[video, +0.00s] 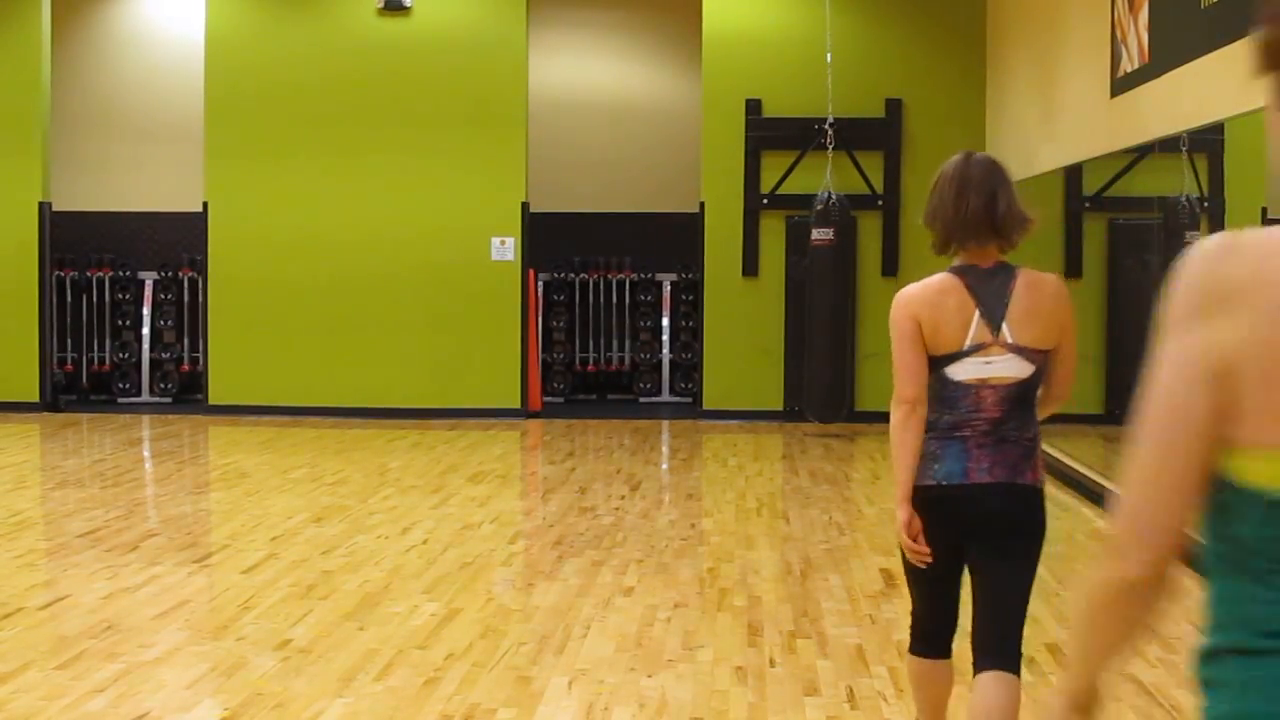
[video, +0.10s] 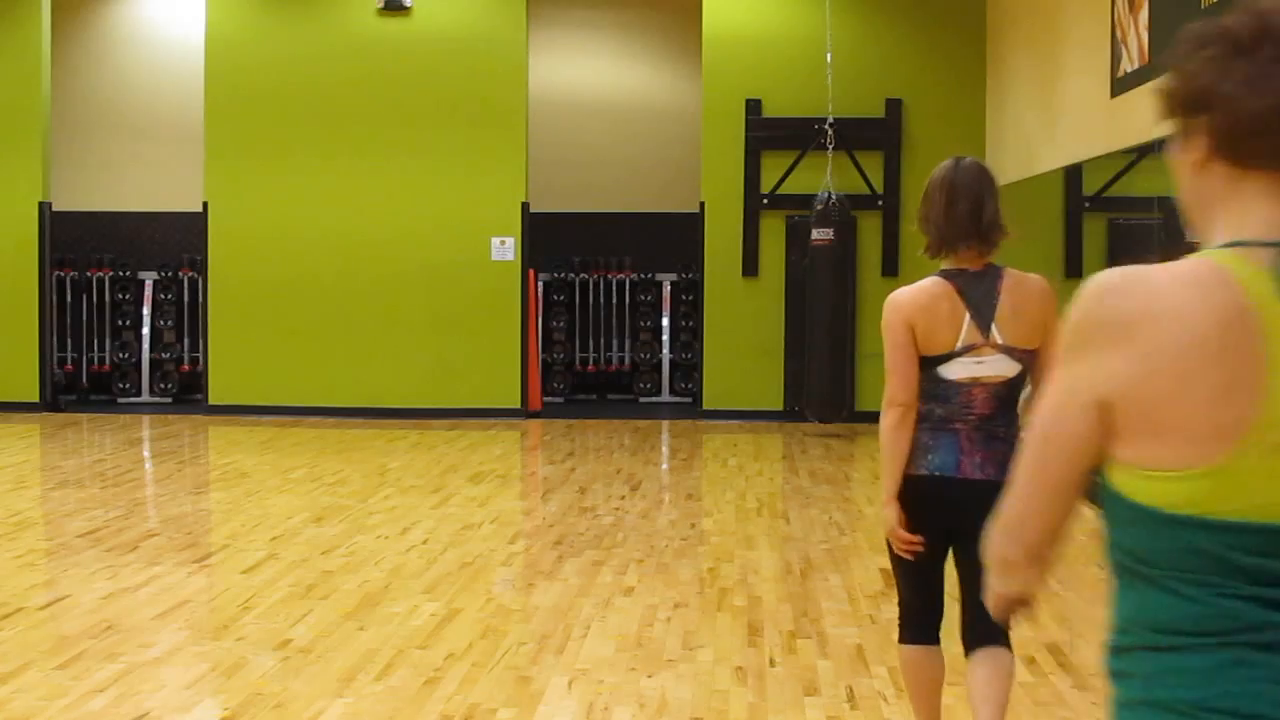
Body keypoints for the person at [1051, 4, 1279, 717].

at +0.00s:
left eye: (1265, 78)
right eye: (1268, 79)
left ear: (1268, 70)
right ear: (1264, 74)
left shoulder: (1231, 274)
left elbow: (1145, 542)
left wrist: (1077, 691)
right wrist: (1078, 687)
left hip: (1254, 685)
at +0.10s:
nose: (1170, 154)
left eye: (1174, 133)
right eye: (1173, 132)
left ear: (1201, 140)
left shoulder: (1131, 310)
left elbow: (1015, 544)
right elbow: (1015, 547)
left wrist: (1008, 591)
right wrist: (1010, 584)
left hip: (1186, 695)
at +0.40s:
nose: (959, 146)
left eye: (960, 131)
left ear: (973, 136)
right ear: (1078, 138)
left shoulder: (922, 270)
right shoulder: (1134, 273)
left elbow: (872, 470)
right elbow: (1159, 459)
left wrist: (826, 624)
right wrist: (1147, 583)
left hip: (961, 625)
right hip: (1106, 618)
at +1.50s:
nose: (697, 185)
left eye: (697, 172)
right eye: (682, 175)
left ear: (691, 176)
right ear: (641, 187)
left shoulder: (667, 250)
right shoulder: (624, 263)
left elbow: (663, 364)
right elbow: (606, 385)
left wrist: (671, 449)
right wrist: (692, 433)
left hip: (646, 453)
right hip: (616, 456)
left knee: (630, 594)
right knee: (640, 613)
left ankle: (589, 703)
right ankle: (628, 712)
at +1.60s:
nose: (659, 185)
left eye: (665, 173)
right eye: (643, 175)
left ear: (674, 181)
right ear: (610, 188)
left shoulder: (673, 255)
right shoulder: (592, 264)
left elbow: (678, 352)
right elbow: (560, 374)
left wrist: (681, 432)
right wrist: (639, 434)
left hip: (639, 452)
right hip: (584, 452)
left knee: (621, 598)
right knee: (608, 604)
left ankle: (580, 707)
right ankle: (579, 712)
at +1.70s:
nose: (633, 186)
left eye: (641, 175)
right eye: (617, 176)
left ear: (652, 186)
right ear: (589, 189)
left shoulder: (661, 261)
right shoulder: (564, 263)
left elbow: (681, 352)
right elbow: (529, 364)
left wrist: (697, 435)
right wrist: (576, 425)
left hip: (627, 451)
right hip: (559, 450)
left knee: (616, 589)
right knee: (580, 590)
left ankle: (579, 711)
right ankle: (529, 708)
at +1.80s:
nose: (610, 192)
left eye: (619, 181)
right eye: (595, 181)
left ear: (629, 192)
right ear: (569, 193)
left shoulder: (644, 269)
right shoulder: (540, 266)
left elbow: (675, 358)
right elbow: (500, 361)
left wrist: (708, 439)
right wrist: (523, 427)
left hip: (608, 456)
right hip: (539, 457)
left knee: (604, 592)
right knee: (544, 588)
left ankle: (578, 711)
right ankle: (504, 675)